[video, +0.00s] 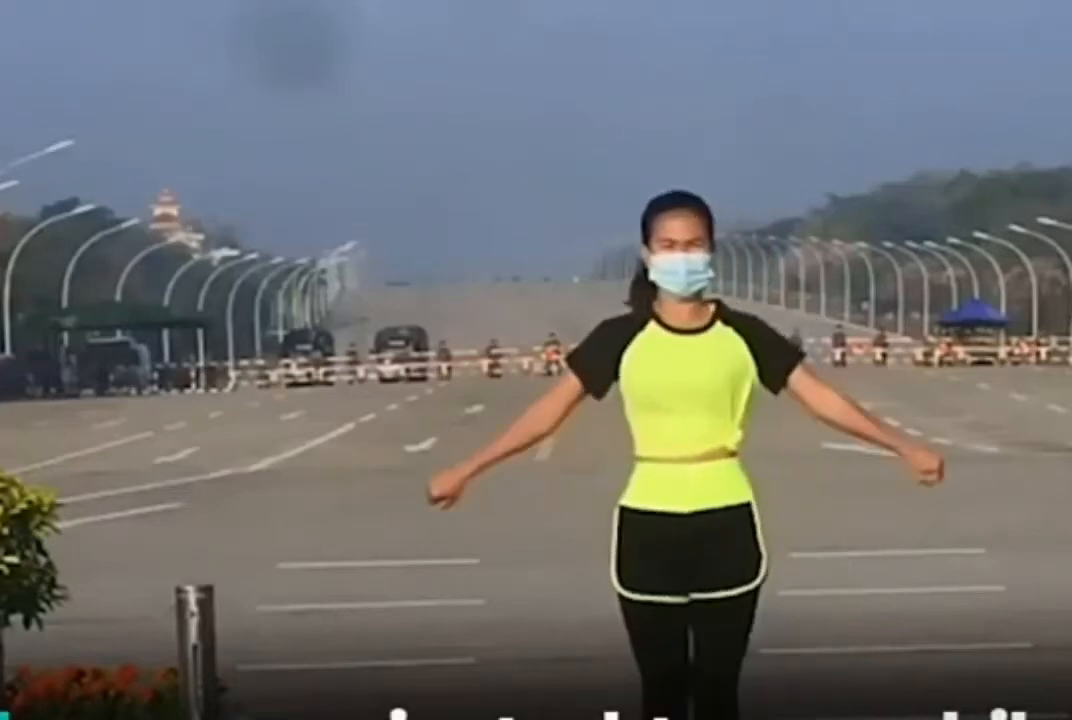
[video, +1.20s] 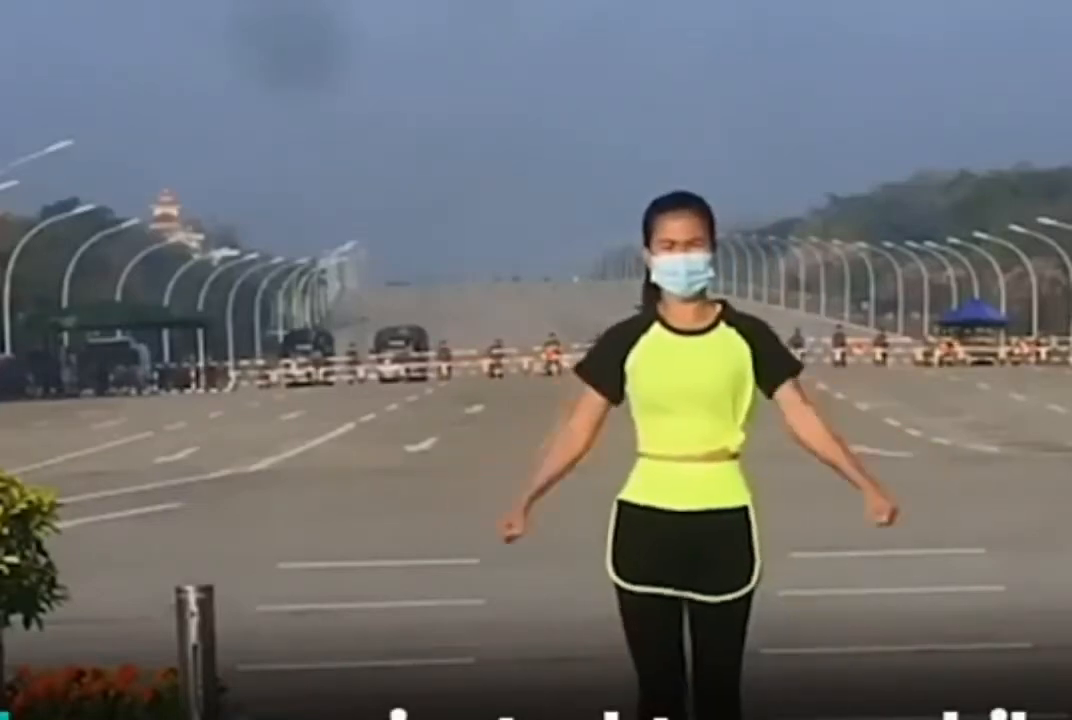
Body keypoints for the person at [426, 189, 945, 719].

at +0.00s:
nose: (686, 257)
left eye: (697, 244)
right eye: (670, 245)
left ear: (713, 253)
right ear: (646, 255)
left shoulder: (745, 334)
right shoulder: (619, 337)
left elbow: (821, 399)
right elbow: (547, 414)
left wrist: (905, 446)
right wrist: (465, 471)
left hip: (728, 523)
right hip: (647, 525)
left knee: (717, 692)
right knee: (662, 692)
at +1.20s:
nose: (685, 260)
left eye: (696, 246)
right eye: (670, 248)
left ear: (714, 252)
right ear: (648, 256)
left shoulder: (748, 335)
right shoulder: (626, 341)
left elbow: (803, 419)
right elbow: (577, 431)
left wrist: (869, 486)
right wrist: (525, 500)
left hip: (724, 523)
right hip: (645, 523)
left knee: (718, 690)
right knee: (659, 691)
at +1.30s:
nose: (683, 259)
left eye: (694, 246)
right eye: (667, 248)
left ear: (711, 252)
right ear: (646, 257)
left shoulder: (747, 333)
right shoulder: (625, 337)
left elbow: (771, 405)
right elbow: (593, 434)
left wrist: (777, 454)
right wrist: (596, 429)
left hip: (720, 522)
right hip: (642, 523)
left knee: (716, 691)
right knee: (642, 690)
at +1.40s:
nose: (676, 257)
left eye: (688, 245)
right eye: (662, 246)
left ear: (706, 252)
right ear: (641, 255)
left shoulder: (739, 328)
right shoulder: (619, 333)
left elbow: (744, 403)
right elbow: (605, 419)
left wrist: (698, 379)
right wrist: (654, 367)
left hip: (717, 516)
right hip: (639, 515)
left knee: (713, 688)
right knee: (619, 684)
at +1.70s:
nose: (638, 267)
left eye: (651, 255)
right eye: (625, 255)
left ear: (670, 263)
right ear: (606, 262)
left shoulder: (697, 339)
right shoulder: (577, 341)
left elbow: (680, 413)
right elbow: (589, 423)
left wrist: (612, 345)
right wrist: (646, 356)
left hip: (678, 527)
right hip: (598, 530)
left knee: (691, 693)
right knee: (574, 696)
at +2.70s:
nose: (652, 263)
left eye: (664, 250)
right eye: (637, 252)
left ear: (681, 256)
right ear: (617, 261)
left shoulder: (720, 332)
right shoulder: (598, 340)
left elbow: (735, 412)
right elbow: (585, 433)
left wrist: (675, 364)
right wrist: (646, 366)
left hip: (703, 524)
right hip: (622, 523)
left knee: (712, 693)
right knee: (591, 689)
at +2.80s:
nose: (664, 243)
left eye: (675, 230)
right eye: (649, 232)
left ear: (692, 237)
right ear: (628, 242)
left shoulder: (734, 315)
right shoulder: (606, 323)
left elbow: (770, 401)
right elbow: (566, 416)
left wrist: (733, 402)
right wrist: (619, 407)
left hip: (713, 511)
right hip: (632, 510)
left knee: (714, 686)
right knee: (620, 681)